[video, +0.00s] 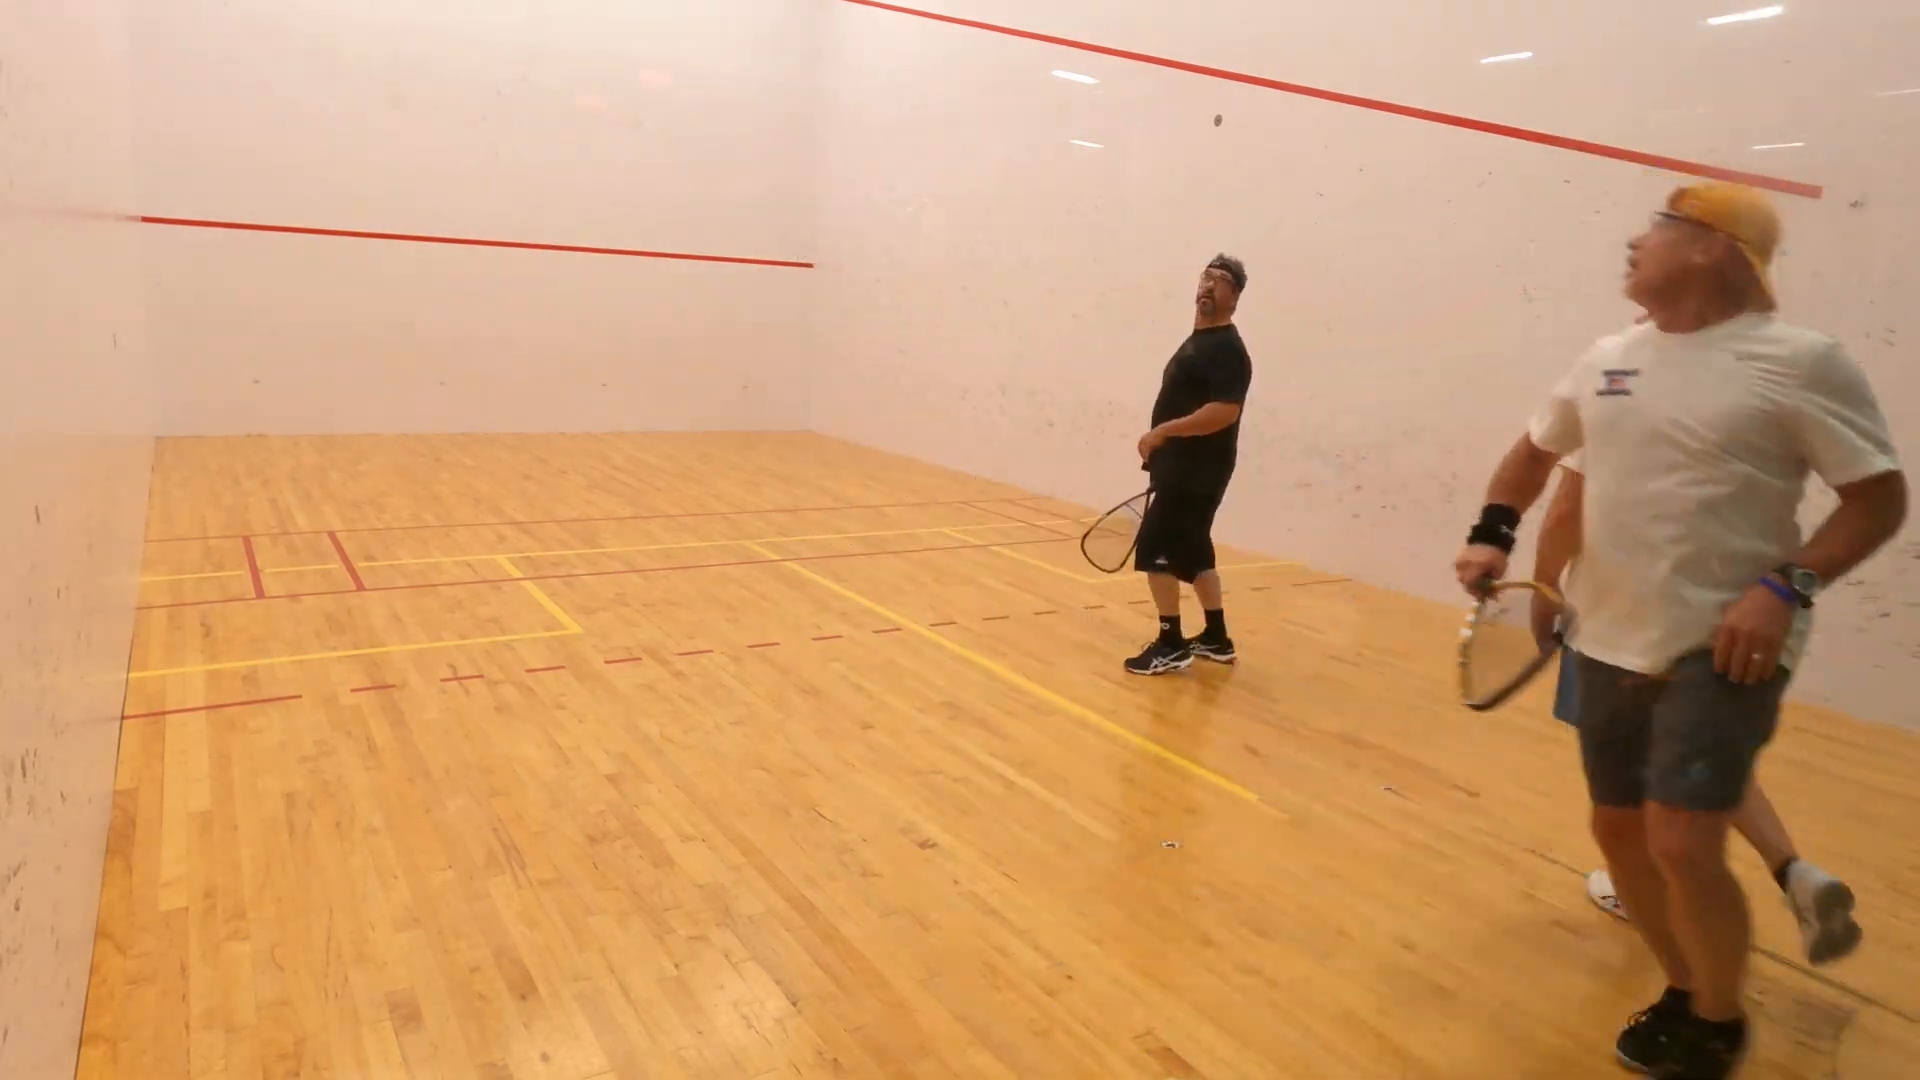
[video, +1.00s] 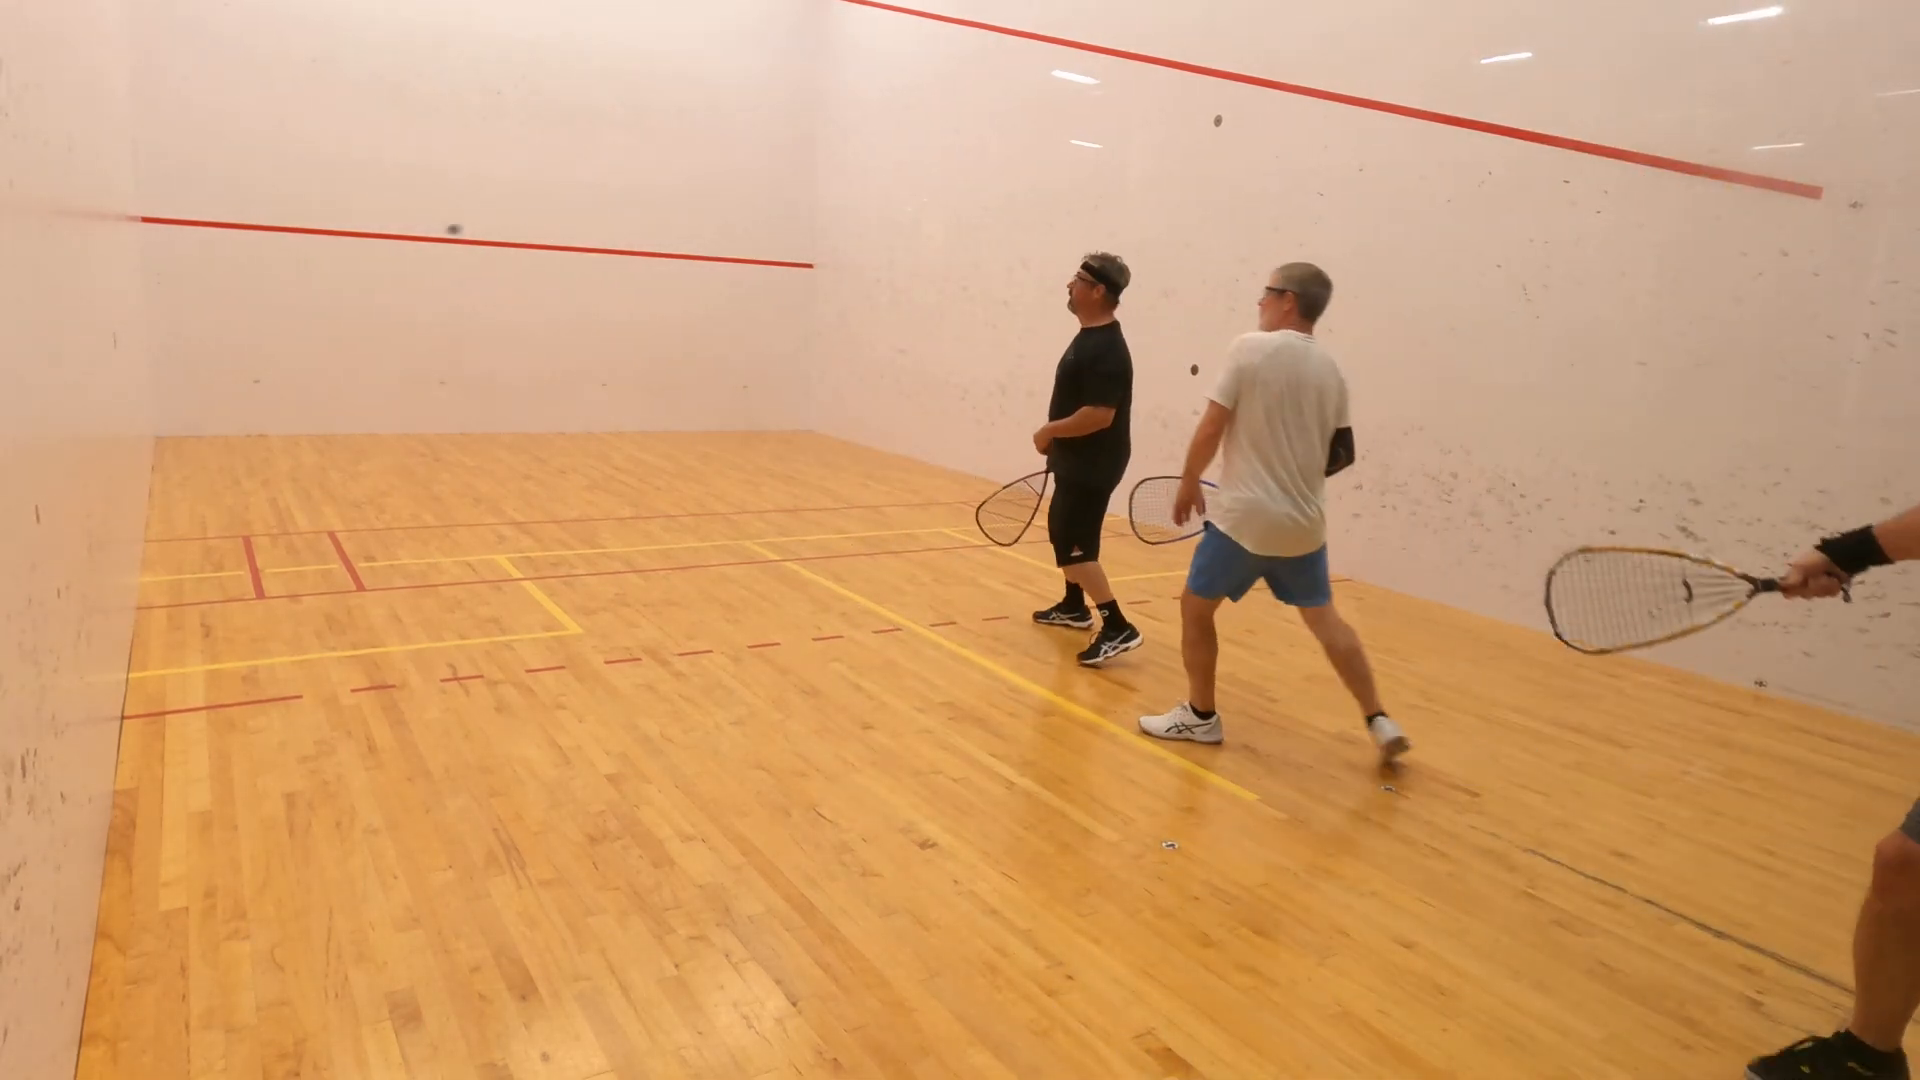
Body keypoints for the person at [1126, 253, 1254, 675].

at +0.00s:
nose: (1207, 287)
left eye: (1219, 284)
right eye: (1205, 280)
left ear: (1235, 299)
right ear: (1198, 286)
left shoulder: (1228, 349)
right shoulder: (1200, 339)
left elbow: (1225, 411)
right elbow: (1186, 403)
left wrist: (1162, 432)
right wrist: (1159, 449)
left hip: (1197, 465)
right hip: (1185, 461)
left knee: (1155, 548)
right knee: (1193, 545)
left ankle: (1170, 642)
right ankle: (1216, 636)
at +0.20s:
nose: (1198, 290)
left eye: (1210, 288)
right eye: (1195, 282)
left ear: (1220, 304)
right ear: (1182, 290)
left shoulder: (1214, 355)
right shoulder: (1178, 346)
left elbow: (1210, 417)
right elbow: (1159, 410)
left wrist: (1147, 432)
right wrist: (1134, 460)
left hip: (1182, 472)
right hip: (1167, 467)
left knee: (1129, 549)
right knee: (1181, 547)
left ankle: (1130, 642)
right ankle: (1215, 635)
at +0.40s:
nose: (1175, 293)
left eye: (1185, 291)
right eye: (1169, 285)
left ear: (1193, 307)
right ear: (1155, 293)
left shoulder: (1189, 359)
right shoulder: (1150, 349)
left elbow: (1182, 420)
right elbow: (1133, 413)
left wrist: (1116, 432)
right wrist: (1106, 459)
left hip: (1159, 478)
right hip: (1137, 472)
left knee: (1115, 551)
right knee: (1145, 548)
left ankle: (1130, 643)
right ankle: (1203, 619)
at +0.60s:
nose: (1144, 291)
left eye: (1154, 287)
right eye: (1139, 282)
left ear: (1165, 301)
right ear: (1126, 290)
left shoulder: (1160, 354)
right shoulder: (1125, 344)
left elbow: (1153, 417)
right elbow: (1113, 408)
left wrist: (1090, 432)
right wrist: (1094, 455)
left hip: (1140, 474)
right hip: (1118, 467)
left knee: (1112, 550)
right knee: (1103, 536)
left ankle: (1129, 644)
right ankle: (1140, 603)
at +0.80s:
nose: (1108, 290)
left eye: (1120, 286)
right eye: (1106, 281)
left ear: (1137, 299)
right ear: (1098, 288)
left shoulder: (1132, 351)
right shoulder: (1103, 339)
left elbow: (1126, 415)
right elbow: (1093, 404)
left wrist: (1068, 433)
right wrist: (1079, 458)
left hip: (1119, 468)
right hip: (1095, 462)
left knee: (1105, 554)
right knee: (1076, 531)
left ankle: (1130, 642)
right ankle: (1076, 604)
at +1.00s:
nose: (1070, 284)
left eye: (1079, 280)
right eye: (1075, 278)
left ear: (1099, 292)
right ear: (1098, 293)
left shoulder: (1106, 348)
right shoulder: (1090, 336)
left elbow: (1101, 414)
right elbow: (1085, 402)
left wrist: (1051, 431)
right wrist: (1055, 436)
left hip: (1094, 463)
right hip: (1077, 457)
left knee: (1072, 540)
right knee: (1062, 530)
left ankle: (1117, 625)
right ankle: (1074, 603)